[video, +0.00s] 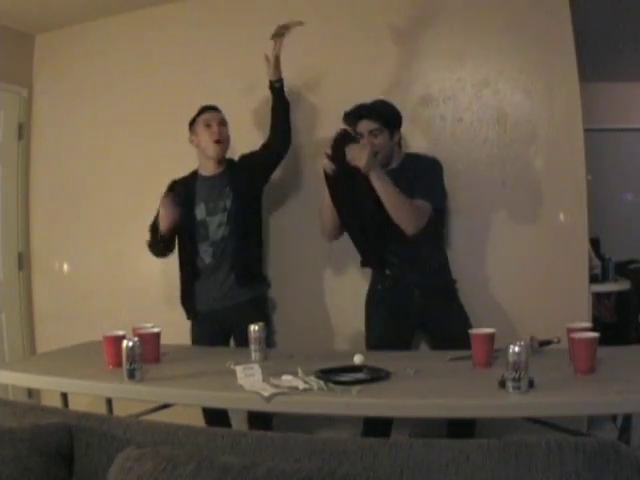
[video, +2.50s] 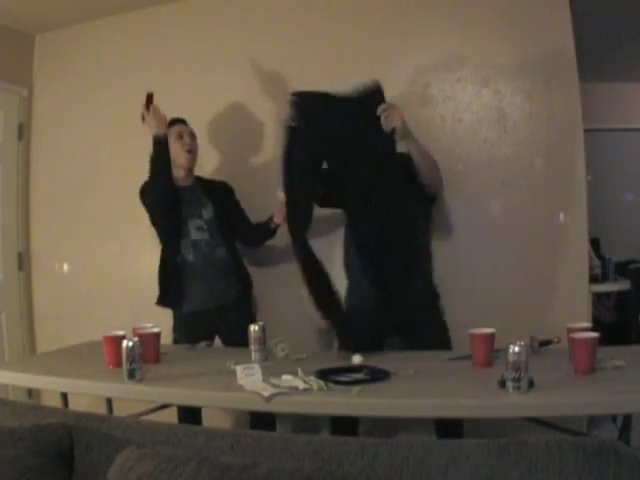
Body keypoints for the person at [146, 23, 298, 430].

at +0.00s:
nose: (219, 130)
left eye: (223, 125)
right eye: (209, 126)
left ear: (229, 135)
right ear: (193, 139)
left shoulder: (248, 173)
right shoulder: (179, 189)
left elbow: (279, 141)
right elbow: (159, 250)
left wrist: (275, 75)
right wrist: (164, 227)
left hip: (249, 300)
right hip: (205, 306)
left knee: (258, 386)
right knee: (210, 394)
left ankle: (262, 458)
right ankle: (224, 459)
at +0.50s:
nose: (211, 134)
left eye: (217, 129)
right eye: (203, 129)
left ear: (226, 140)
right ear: (191, 142)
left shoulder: (242, 178)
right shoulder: (185, 185)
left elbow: (265, 161)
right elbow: (168, 180)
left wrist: (271, 113)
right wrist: (173, 129)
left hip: (236, 297)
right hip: (195, 299)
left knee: (243, 376)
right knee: (182, 376)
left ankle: (245, 447)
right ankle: (202, 444)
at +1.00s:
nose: (175, 148)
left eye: (178, 143)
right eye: (166, 146)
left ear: (188, 151)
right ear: (155, 158)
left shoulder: (217, 191)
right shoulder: (154, 199)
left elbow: (251, 227)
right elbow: (170, 227)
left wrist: (275, 205)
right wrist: (168, 167)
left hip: (229, 303)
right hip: (186, 308)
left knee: (249, 379)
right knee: (176, 383)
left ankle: (263, 448)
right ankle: (185, 449)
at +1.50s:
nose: (225, 147)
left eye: (228, 141)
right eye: (215, 143)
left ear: (235, 149)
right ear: (201, 155)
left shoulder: (261, 192)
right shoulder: (196, 203)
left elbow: (288, 239)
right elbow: (208, 234)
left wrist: (311, 218)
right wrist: (196, 178)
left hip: (270, 308)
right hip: (222, 312)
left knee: (277, 391)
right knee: (201, 391)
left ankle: (270, 459)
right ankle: (187, 457)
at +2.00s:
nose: (219, 145)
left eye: (225, 139)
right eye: (211, 140)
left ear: (234, 149)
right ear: (199, 154)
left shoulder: (256, 198)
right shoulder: (195, 197)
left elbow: (274, 247)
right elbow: (189, 189)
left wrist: (301, 238)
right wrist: (184, 144)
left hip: (259, 306)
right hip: (215, 308)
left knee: (273, 388)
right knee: (199, 388)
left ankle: (269, 458)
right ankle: (190, 455)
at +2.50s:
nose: (189, 143)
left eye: (192, 137)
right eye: (180, 138)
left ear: (198, 146)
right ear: (165, 150)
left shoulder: (219, 190)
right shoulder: (156, 193)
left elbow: (248, 236)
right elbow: (161, 191)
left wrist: (274, 222)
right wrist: (158, 139)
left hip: (233, 300)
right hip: (190, 304)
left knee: (255, 380)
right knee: (188, 385)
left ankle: (264, 452)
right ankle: (190, 455)